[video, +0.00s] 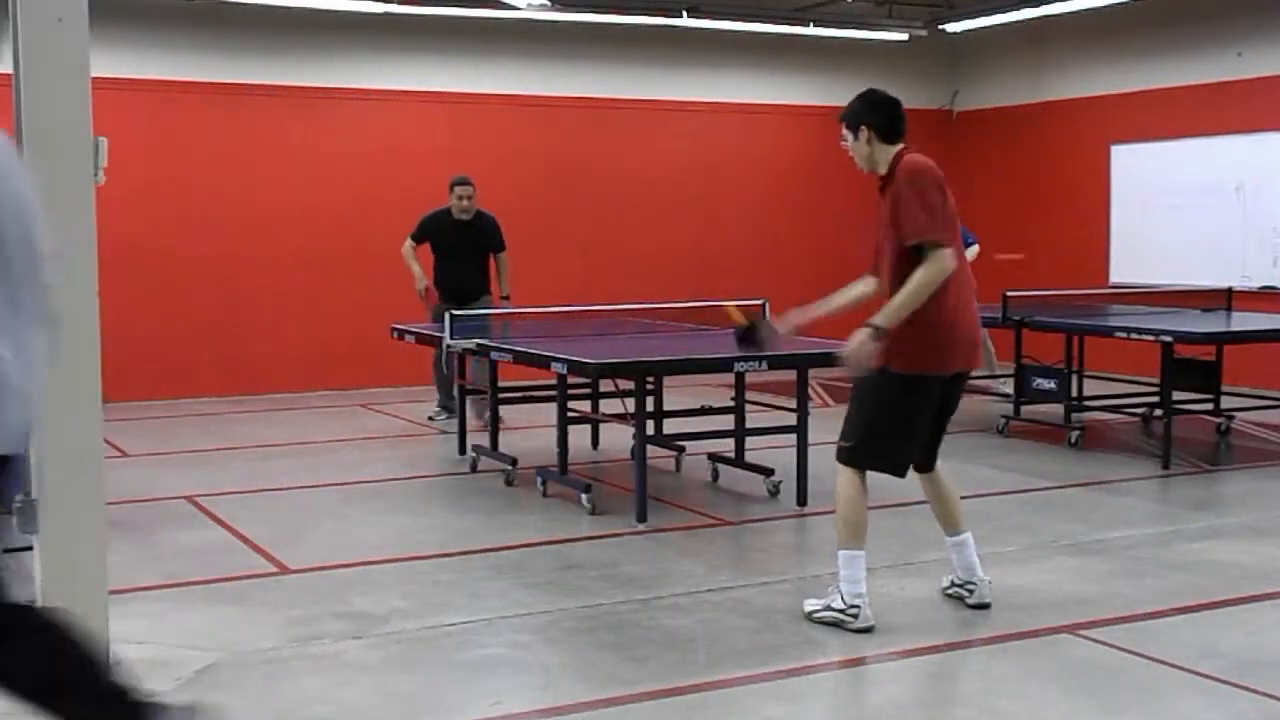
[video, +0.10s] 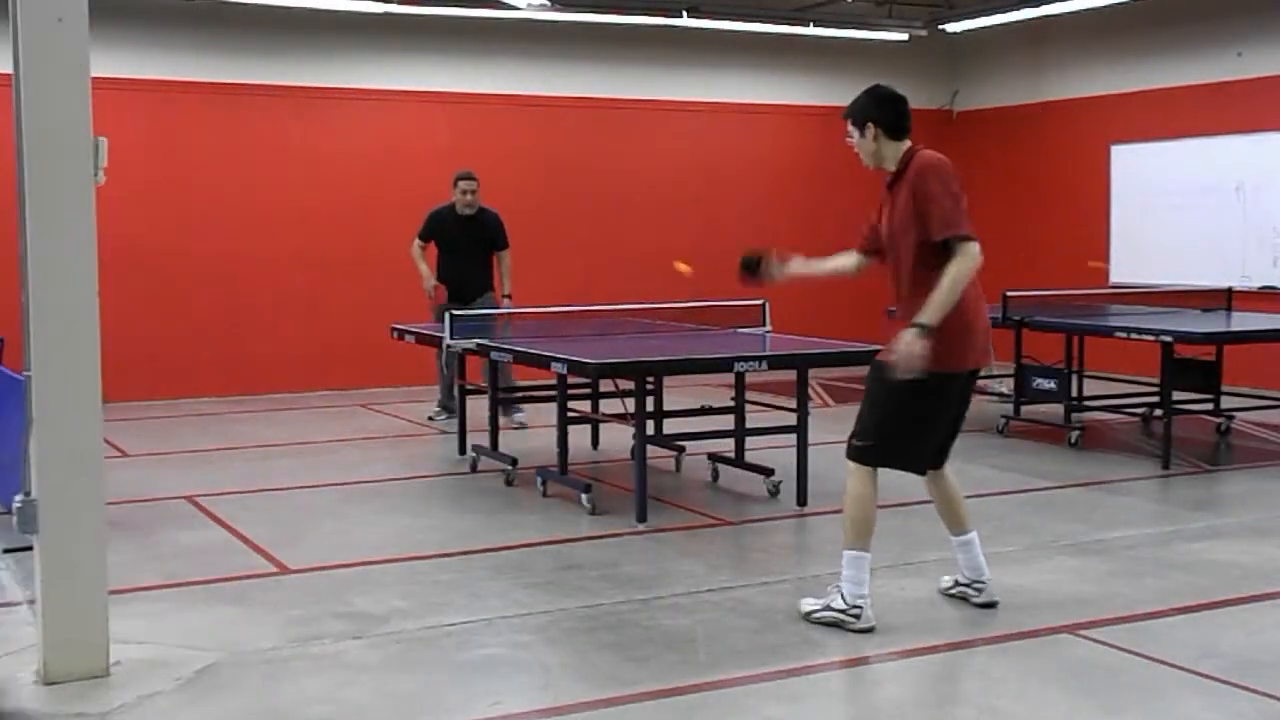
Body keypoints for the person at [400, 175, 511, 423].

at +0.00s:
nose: (465, 204)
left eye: (469, 198)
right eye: (460, 198)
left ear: (476, 198)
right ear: (450, 199)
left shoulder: (487, 223)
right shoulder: (435, 221)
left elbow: (500, 256)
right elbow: (407, 247)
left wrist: (504, 291)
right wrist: (418, 276)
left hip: (479, 302)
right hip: (445, 303)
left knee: (482, 356)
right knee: (443, 355)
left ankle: (483, 405)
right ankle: (446, 404)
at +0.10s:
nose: (469, 197)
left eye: (473, 192)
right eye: (464, 192)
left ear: (479, 194)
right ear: (454, 193)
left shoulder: (491, 220)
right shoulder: (438, 218)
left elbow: (503, 255)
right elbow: (417, 246)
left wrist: (506, 291)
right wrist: (426, 275)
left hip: (483, 299)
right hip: (449, 300)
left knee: (497, 354)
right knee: (447, 355)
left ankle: (510, 406)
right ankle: (447, 405)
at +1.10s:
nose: (512, 241)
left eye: (516, 236)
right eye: (507, 235)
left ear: (521, 234)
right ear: (494, 231)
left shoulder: (513, 250)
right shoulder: (479, 248)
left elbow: (494, 277)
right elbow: (469, 287)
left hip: (484, 309)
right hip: (452, 309)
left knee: (510, 353)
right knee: (436, 355)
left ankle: (528, 410)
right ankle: (401, 414)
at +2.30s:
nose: (470, 235)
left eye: (475, 229)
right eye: (465, 230)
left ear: (482, 229)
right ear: (457, 230)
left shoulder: (496, 249)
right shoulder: (453, 248)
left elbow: (521, 268)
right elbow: (445, 268)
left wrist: (534, 271)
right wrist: (425, 276)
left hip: (493, 322)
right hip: (458, 321)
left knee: (509, 359)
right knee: (429, 361)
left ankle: (524, 407)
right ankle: (398, 409)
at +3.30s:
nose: (476, 182)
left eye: (479, 176)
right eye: (470, 178)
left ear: (484, 178)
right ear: (459, 181)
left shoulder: (495, 207)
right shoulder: (446, 209)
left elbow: (506, 241)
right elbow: (431, 244)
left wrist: (517, 273)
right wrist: (448, 265)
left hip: (490, 289)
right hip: (459, 290)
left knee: (492, 351)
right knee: (453, 350)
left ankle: (492, 406)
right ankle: (442, 408)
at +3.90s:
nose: (480, 181)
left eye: (484, 177)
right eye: (474, 177)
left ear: (489, 180)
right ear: (463, 180)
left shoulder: (495, 211)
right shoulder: (449, 211)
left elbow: (510, 248)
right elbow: (434, 250)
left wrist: (521, 280)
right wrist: (422, 289)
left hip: (493, 295)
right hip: (460, 295)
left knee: (494, 354)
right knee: (451, 352)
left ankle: (491, 407)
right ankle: (431, 411)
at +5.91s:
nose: (476, 215)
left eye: (480, 209)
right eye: (471, 209)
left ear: (483, 210)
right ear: (457, 209)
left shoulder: (475, 233)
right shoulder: (439, 233)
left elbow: (470, 262)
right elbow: (411, 265)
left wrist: (479, 287)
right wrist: (429, 299)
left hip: (444, 304)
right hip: (420, 304)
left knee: (451, 359)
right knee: (433, 361)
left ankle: (428, 409)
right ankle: (450, 415)